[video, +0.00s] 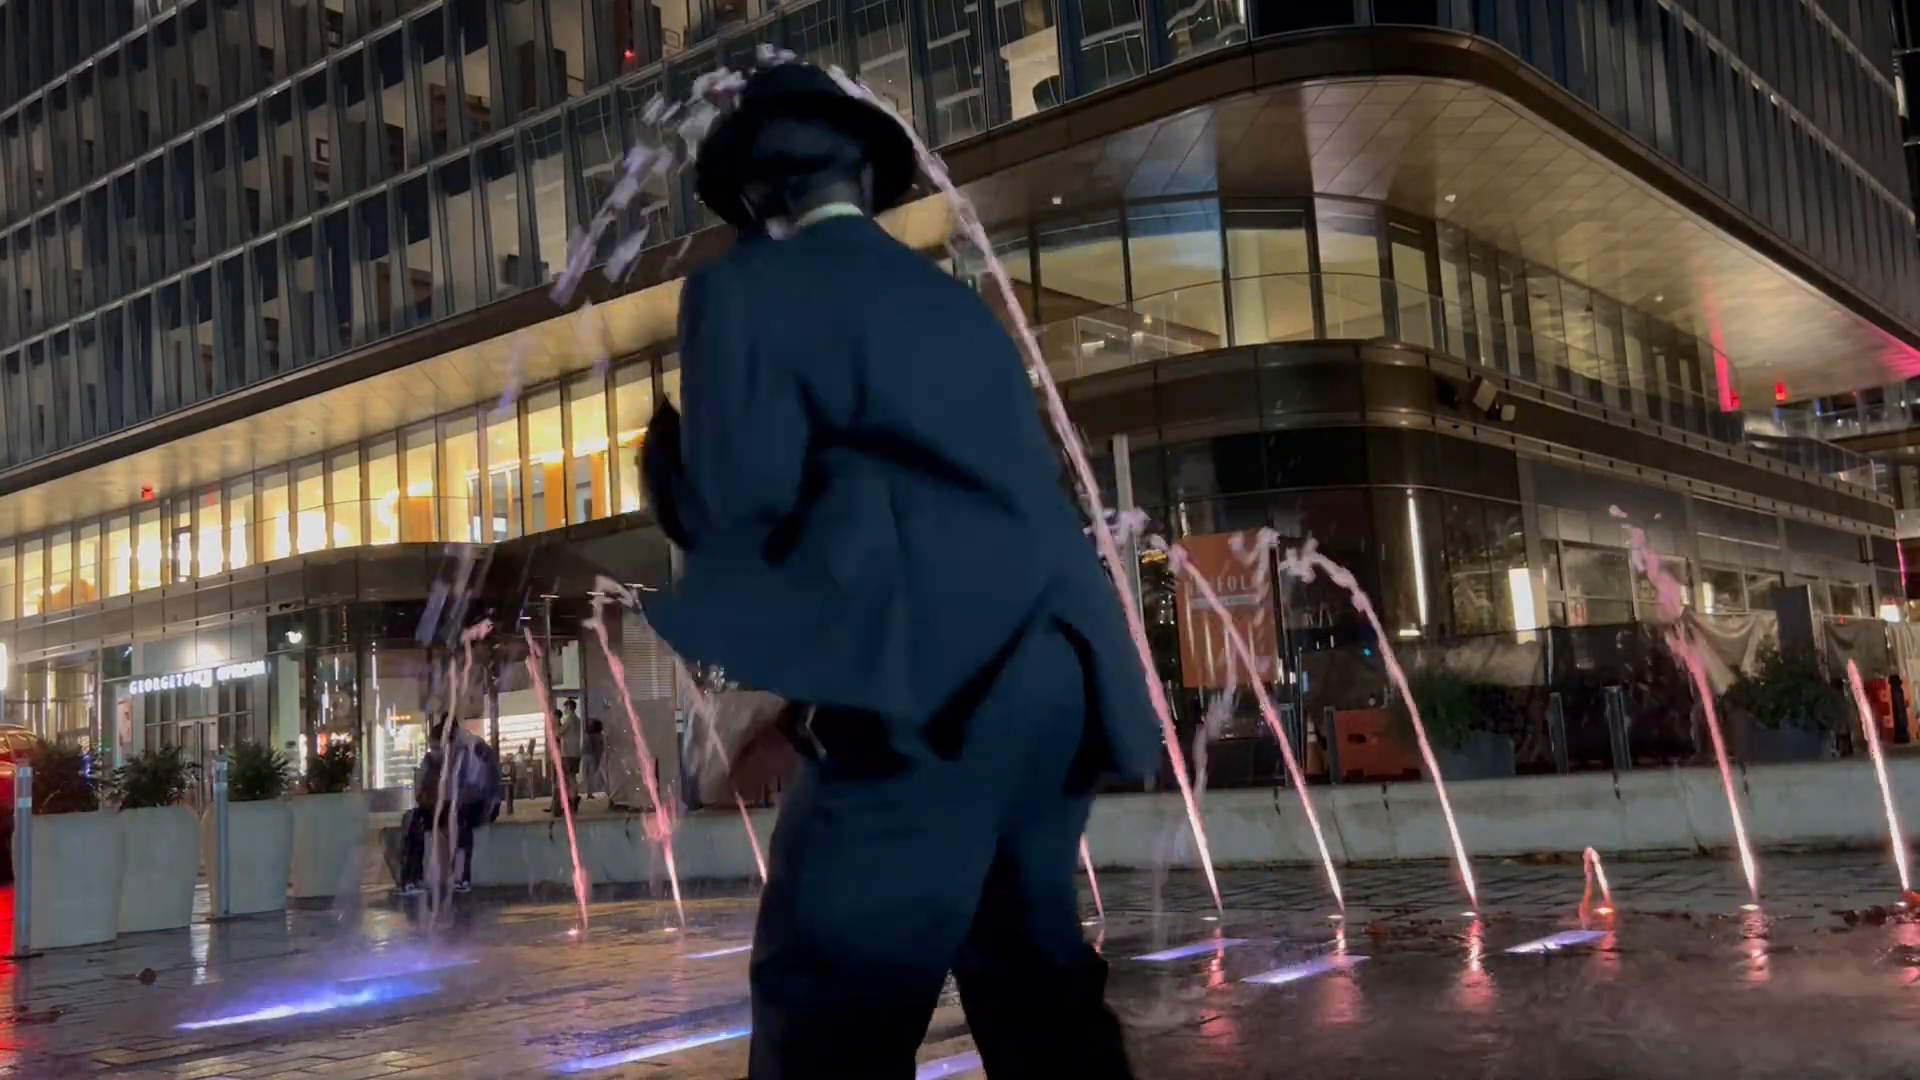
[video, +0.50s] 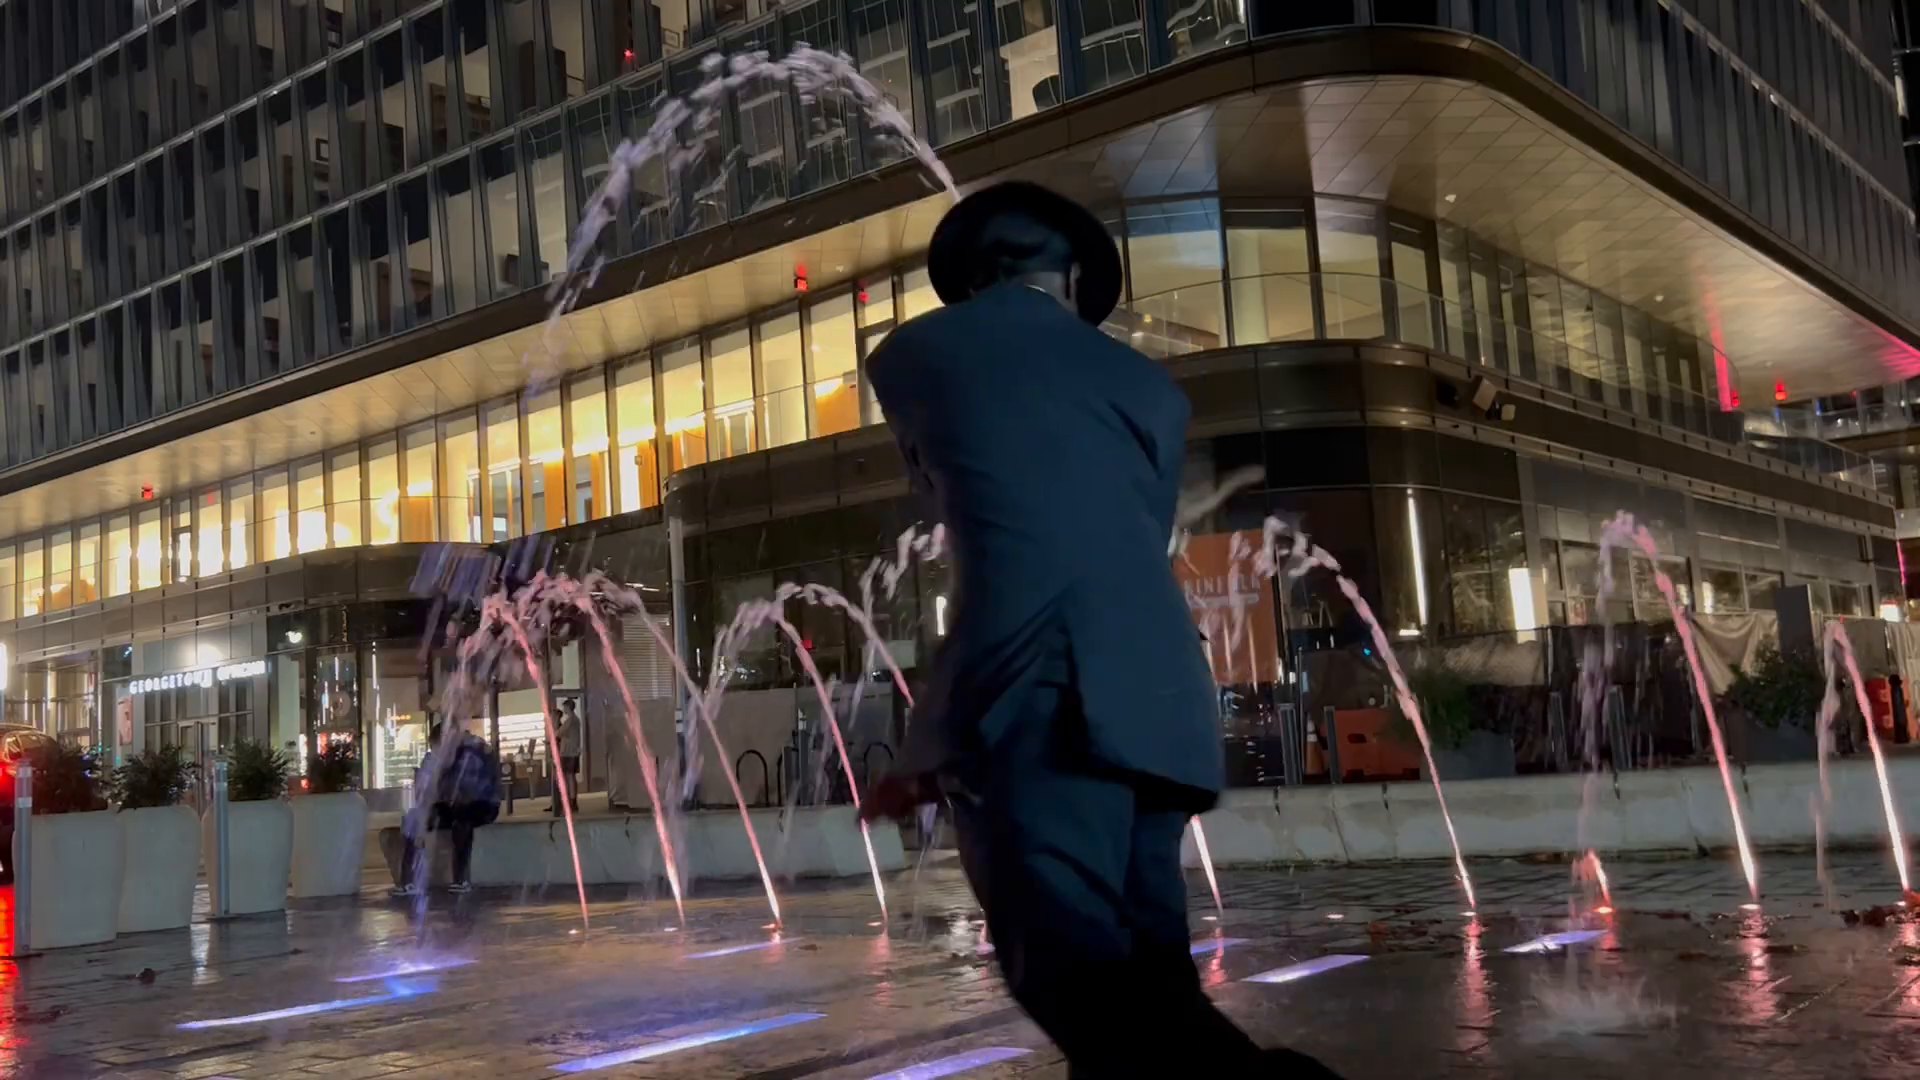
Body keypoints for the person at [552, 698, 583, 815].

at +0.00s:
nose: (564, 709)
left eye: (566, 707)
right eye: (565, 707)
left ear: (569, 708)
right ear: (573, 708)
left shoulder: (570, 719)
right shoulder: (577, 719)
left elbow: (560, 731)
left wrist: (554, 731)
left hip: (568, 753)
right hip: (575, 753)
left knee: (569, 778)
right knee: (572, 778)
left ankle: (571, 802)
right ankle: (573, 800)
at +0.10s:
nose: (564, 709)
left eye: (565, 707)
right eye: (565, 707)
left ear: (568, 708)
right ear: (574, 708)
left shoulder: (569, 719)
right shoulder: (577, 719)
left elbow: (560, 731)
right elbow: (577, 737)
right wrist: (578, 752)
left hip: (567, 753)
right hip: (574, 753)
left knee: (567, 779)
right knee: (572, 778)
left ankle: (570, 800)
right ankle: (573, 798)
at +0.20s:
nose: (564, 710)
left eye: (565, 707)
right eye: (564, 707)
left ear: (568, 708)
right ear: (573, 708)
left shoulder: (569, 719)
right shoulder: (576, 719)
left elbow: (560, 731)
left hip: (568, 752)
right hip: (574, 752)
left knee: (570, 778)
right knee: (572, 777)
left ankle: (571, 801)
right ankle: (574, 800)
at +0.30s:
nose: (564, 710)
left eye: (565, 707)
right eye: (564, 707)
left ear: (568, 708)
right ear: (573, 708)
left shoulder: (569, 719)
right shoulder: (576, 719)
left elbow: (561, 731)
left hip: (567, 753)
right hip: (574, 753)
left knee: (568, 778)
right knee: (572, 777)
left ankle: (570, 801)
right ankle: (573, 800)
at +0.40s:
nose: (564, 710)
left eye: (565, 707)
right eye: (564, 708)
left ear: (568, 708)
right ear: (573, 708)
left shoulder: (570, 719)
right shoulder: (575, 719)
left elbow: (561, 732)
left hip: (567, 752)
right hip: (573, 752)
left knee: (567, 778)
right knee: (572, 777)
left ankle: (570, 802)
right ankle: (572, 801)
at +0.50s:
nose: (563, 710)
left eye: (565, 707)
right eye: (564, 707)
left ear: (568, 707)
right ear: (572, 707)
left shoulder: (570, 719)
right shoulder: (576, 719)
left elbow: (559, 733)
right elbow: (569, 734)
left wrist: (556, 721)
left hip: (567, 753)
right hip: (573, 752)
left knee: (567, 778)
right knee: (572, 777)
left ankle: (570, 802)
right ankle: (573, 801)